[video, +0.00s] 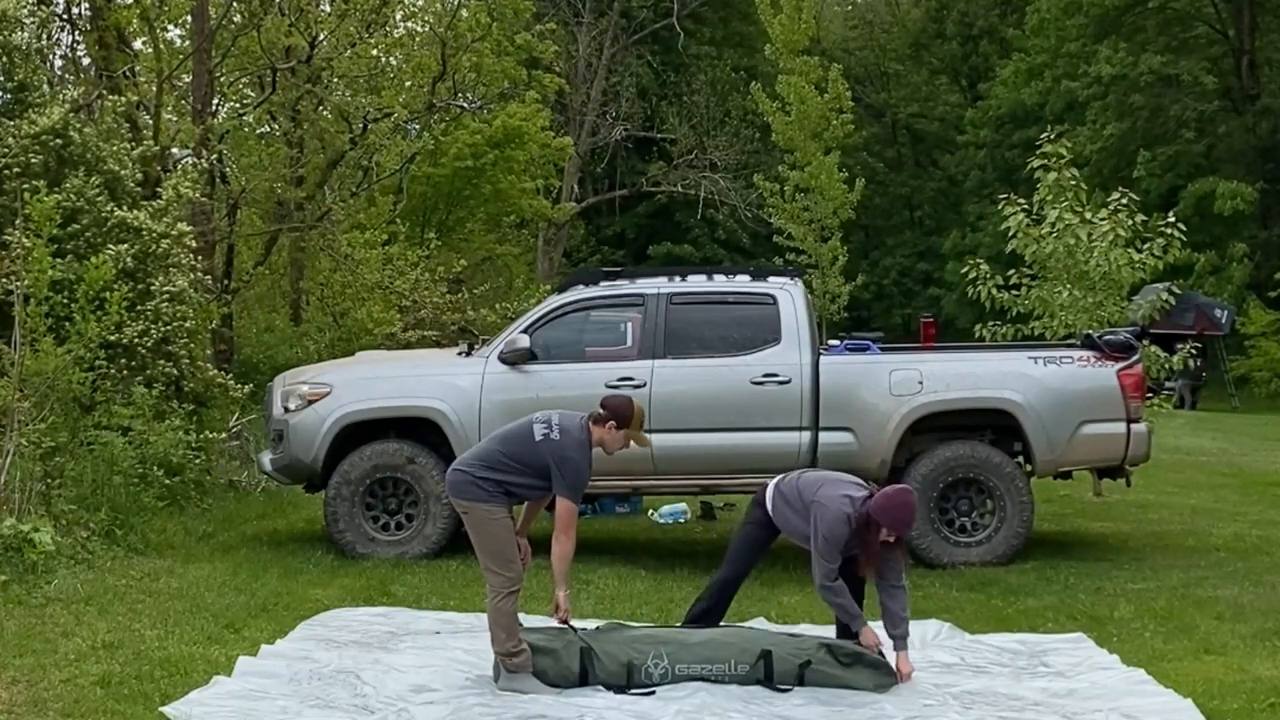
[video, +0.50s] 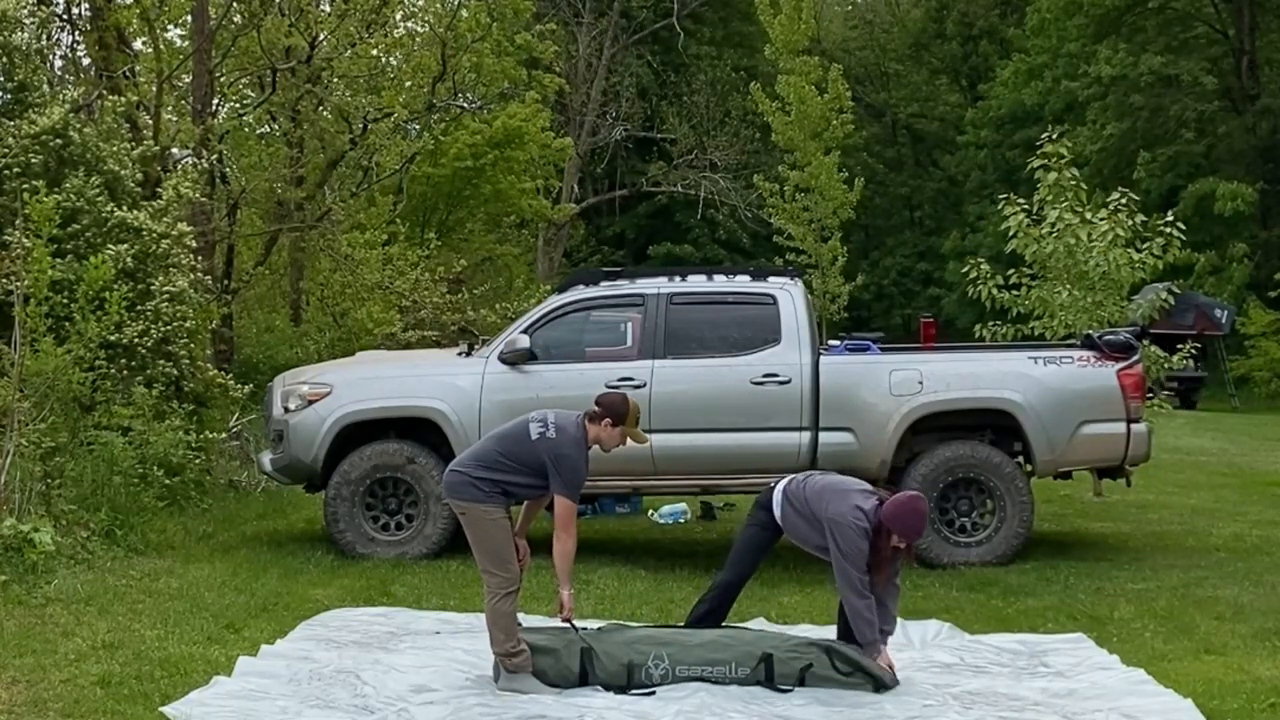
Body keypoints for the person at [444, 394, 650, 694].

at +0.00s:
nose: (627, 443)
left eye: (629, 437)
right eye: (626, 436)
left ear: (605, 423)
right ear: (609, 426)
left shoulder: (573, 427)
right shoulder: (574, 455)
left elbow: (543, 488)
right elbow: (563, 535)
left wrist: (521, 532)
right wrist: (561, 590)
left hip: (480, 482)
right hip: (477, 488)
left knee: (508, 574)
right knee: (505, 579)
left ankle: (507, 664)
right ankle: (514, 671)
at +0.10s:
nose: (626, 442)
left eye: (628, 436)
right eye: (625, 434)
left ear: (604, 421)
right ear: (607, 424)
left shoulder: (571, 427)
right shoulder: (573, 455)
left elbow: (543, 491)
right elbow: (563, 535)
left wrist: (520, 533)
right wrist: (563, 590)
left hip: (478, 483)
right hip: (475, 489)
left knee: (508, 574)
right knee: (504, 580)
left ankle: (506, 663)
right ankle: (514, 671)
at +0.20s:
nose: (624, 442)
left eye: (626, 435)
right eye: (623, 433)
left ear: (602, 421)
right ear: (605, 424)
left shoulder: (569, 427)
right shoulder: (571, 455)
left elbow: (542, 489)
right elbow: (562, 535)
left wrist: (519, 532)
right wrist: (562, 589)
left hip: (478, 484)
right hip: (475, 490)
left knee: (508, 572)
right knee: (503, 580)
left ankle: (506, 662)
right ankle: (514, 671)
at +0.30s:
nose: (623, 441)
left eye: (626, 434)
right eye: (622, 432)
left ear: (602, 420)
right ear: (605, 423)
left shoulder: (568, 427)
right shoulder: (570, 454)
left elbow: (541, 489)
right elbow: (562, 534)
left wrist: (519, 532)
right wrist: (564, 589)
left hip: (479, 485)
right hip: (474, 490)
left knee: (508, 573)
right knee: (502, 580)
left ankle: (506, 663)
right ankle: (513, 671)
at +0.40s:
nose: (623, 440)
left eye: (625, 434)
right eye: (622, 432)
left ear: (601, 420)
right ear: (605, 423)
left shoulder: (568, 427)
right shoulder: (569, 454)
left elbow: (541, 489)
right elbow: (563, 534)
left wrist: (519, 532)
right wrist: (564, 588)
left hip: (479, 485)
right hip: (474, 490)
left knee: (508, 572)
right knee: (502, 579)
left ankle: (506, 663)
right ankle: (513, 671)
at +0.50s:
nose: (624, 441)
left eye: (626, 435)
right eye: (623, 433)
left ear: (602, 420)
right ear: (606, 423)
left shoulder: (569, 427)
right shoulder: (570, 453)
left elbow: (541, 490)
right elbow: (564, 534)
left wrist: (519, 533)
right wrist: (565, 589)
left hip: (480, 486)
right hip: (475, 490)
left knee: (508, 573)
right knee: (502, 579)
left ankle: (506, 663)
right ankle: (513, 671)